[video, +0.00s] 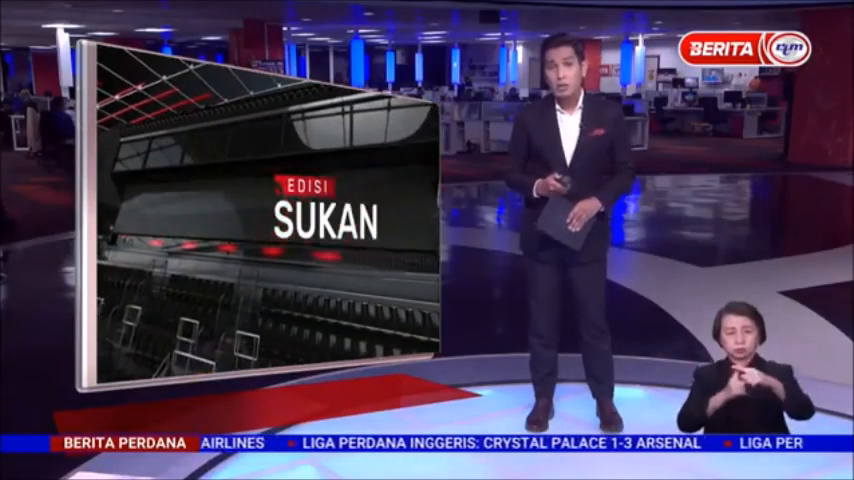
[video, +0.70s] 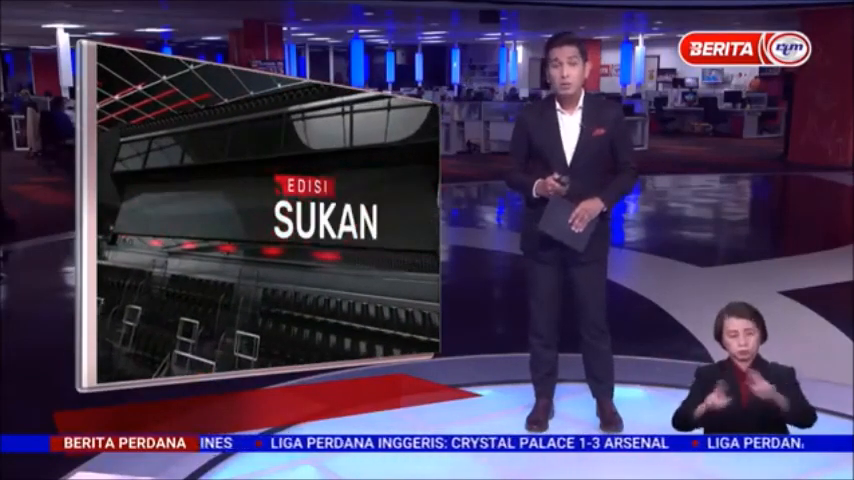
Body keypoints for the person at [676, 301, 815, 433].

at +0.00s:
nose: (740, 340)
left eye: (748, 331)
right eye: (731, 333)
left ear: (760, 336)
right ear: (720, 340)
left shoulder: (781, 373)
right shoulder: (709, 375)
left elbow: (806, 412)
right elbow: (687, 424)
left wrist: (772, 383)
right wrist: (727, 394)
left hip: (774, 460)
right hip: (722, 460)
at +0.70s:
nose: (742, 342)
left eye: (749, 333)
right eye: (733, 335)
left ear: (761, 336)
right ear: (722, 341)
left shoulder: (782, 375)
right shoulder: (709, 376)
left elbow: (808, 419)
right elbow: (680, 423)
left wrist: (774, 395)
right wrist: (706, 406)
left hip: (775, 461)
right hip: (721, 461)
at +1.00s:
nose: (743, 345)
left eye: (750, 336)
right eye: (734, 337)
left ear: (762, 338)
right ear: (723, 341)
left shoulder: (781, 375)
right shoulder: (711, 376)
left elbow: (809, 417)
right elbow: (680, 420)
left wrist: (784, 384)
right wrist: (701, 385)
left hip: (772, 460)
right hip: (720, 460)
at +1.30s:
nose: (744, 346)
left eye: (752, 337)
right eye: (736, 338)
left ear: (764, 339)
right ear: (725, 341)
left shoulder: (783, 376)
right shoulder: (709, 375)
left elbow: (808, 425)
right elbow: (682, 426)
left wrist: (778, 396)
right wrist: (708, 393)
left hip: (772, 461)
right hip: (719, 461)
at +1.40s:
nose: (744, 344)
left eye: (752, 335)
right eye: (736, 336)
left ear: (764, 338)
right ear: (725, 341)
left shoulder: (784, 379)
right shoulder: (708, 378)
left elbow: (807, 432)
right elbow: (682, 430)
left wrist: (778, 430)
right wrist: (707, 423)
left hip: (771, 464)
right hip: (717, 464)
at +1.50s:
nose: (745, 341)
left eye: (752, 333)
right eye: (736, 334)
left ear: (765, 337)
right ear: (725, 340)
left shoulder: (785, 379)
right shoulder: (708, 377)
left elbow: (804, 432)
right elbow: (684, 430)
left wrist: (777, 428)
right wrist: (710, 419)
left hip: (770, 465)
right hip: (716, 464)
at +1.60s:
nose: (745, 340)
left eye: (753, 332)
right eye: (737, 333)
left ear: (766, 336)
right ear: (726, 339)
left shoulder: (784, 379)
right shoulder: (709, 376)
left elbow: (799, 430)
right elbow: (691, 428)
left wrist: (772, 415)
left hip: (769, 461)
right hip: (717, 460)